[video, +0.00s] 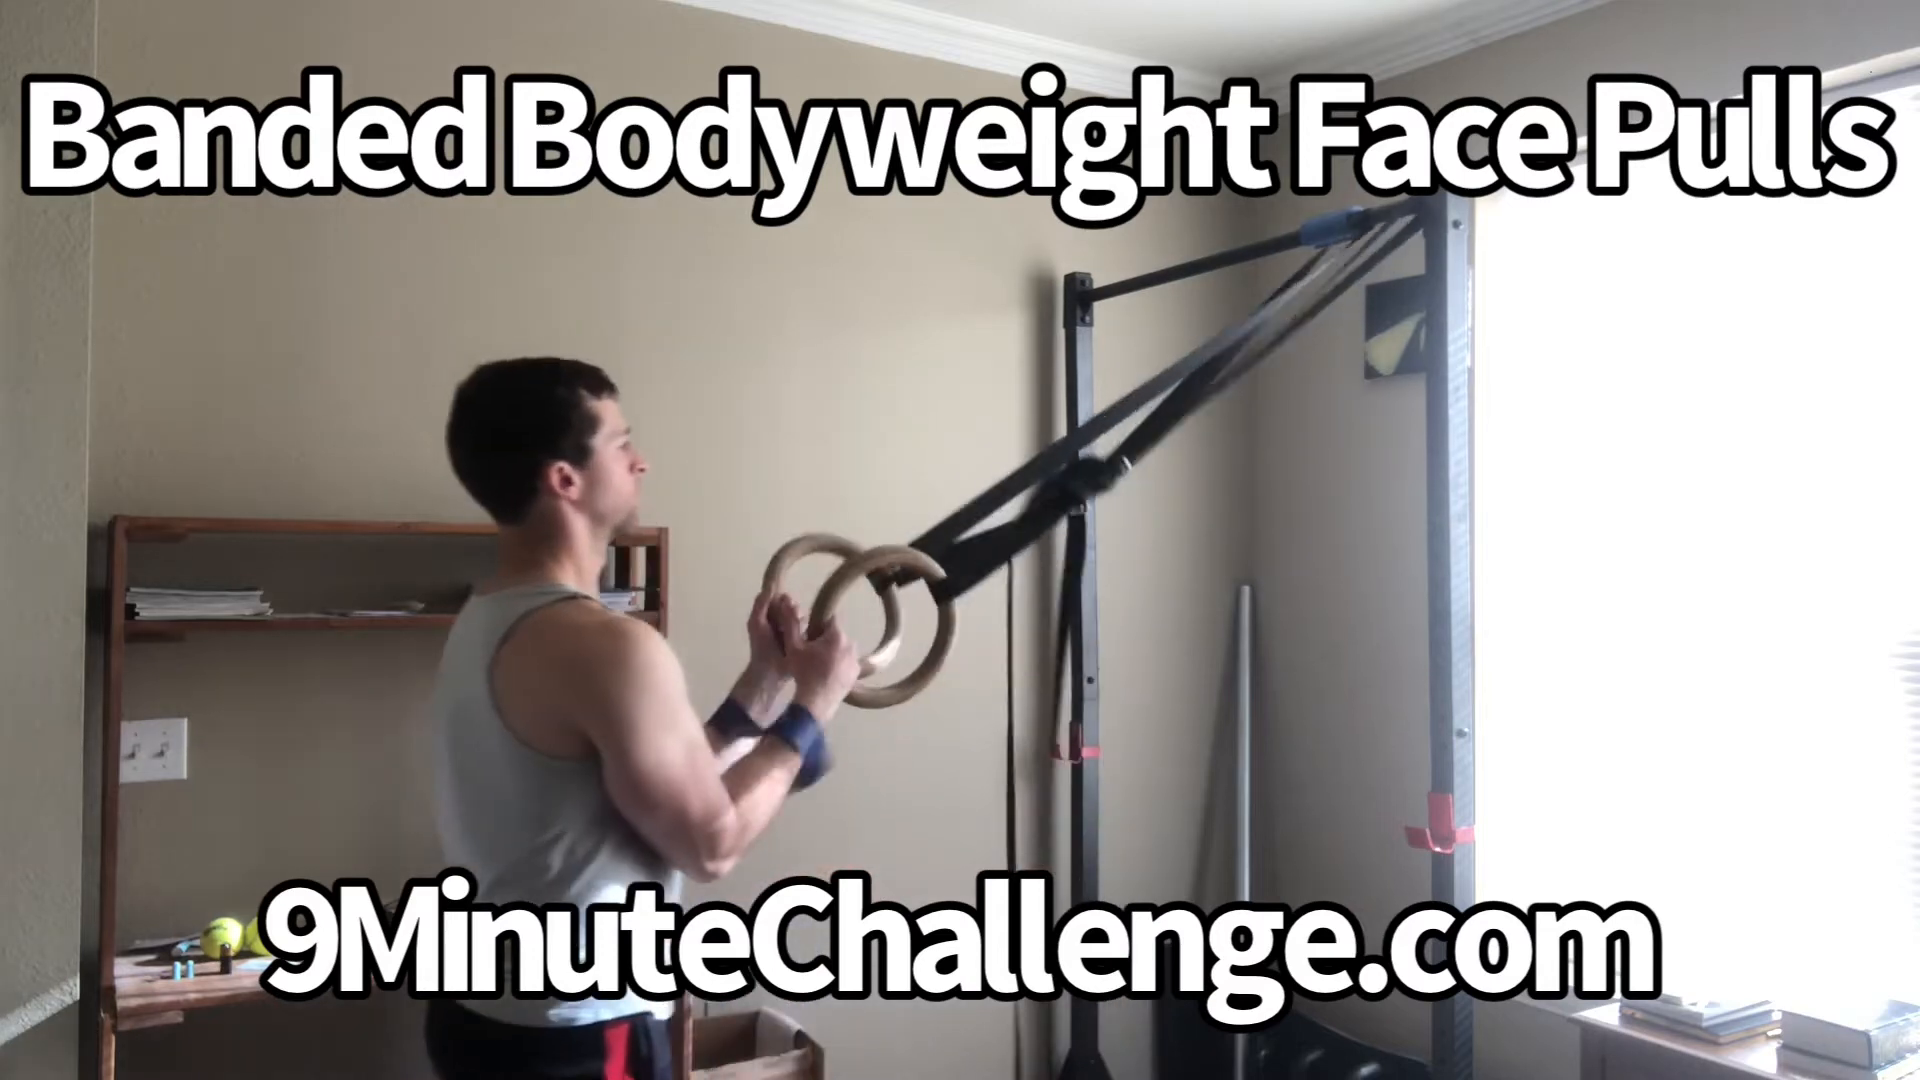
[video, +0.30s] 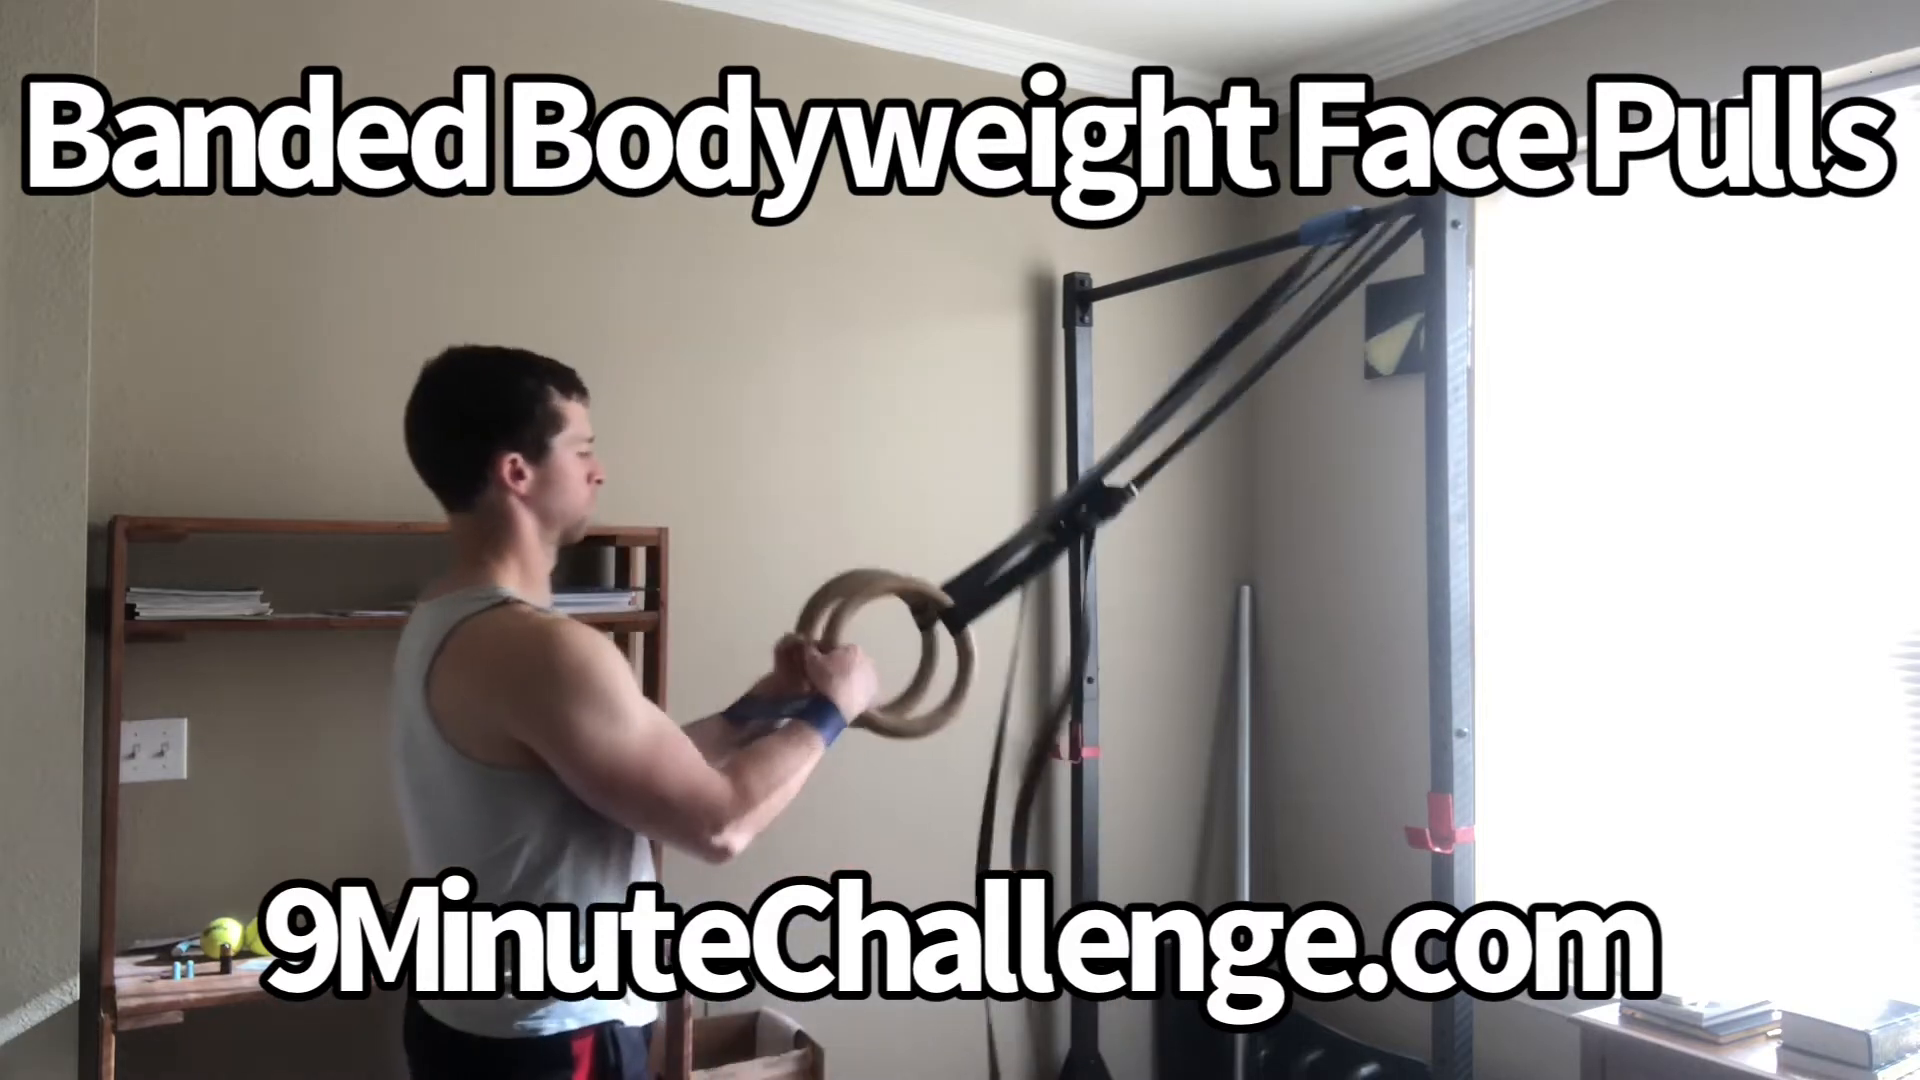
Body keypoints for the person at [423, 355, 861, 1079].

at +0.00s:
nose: (640, 462)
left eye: (628, 440)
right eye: (619, 445)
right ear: (565, 480)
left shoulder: (491, 619)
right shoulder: (611, 651)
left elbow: (641, 802)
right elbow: (710, 843)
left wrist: (762, 683)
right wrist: (812, 709)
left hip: (492, 1017)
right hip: (581, 1039)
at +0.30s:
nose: (600, 472)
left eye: (592, 448)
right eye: (584, 450)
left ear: (513, 475)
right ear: (517, 473)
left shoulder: (445, 625)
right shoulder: (543, 654)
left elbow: (624, 774)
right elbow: (721, 823)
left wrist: (763, 705)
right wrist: (831, 711)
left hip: (474, 1028)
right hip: (553, 1045)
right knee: (788, 1053)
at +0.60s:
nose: (584, 486)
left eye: (582, 461)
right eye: (572, 461)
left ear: (503, 476)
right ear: (506, 473)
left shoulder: (436, 623)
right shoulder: (516, 658)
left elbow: (612, 775)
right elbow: (707, 842)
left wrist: (764, 732)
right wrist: (823, 747)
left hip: (477, 1021)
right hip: (549, 1041)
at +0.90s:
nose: (594, 491)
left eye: (593, 466)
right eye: (585, 465)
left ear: (514, 476)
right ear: (519, 473)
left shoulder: (438, 618)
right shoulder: (516, 651)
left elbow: (601, 751)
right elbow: (712, 828)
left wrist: (744, 699)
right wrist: (824, 729)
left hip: (484, 1009)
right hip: (548, 1028)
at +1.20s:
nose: (598, 496)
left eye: (597, 472)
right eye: (588, 470)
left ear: (515, 478)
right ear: (517, 475)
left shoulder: (461, 614)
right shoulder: (518, 656)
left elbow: (628, 757)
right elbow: (702, 820)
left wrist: (767, 694)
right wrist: (836, 715)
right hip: (545, 1020)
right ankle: (764, 1055)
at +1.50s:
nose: (604, 495)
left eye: (603, 472)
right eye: (592, 470)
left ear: (522, 478)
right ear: (523, 474)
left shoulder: (457, 617)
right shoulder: (527, 643)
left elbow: (636, 776)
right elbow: (675, 824)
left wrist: (764, 715)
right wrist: (814, 715)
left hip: (498, 1003)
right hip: (551, 1018)